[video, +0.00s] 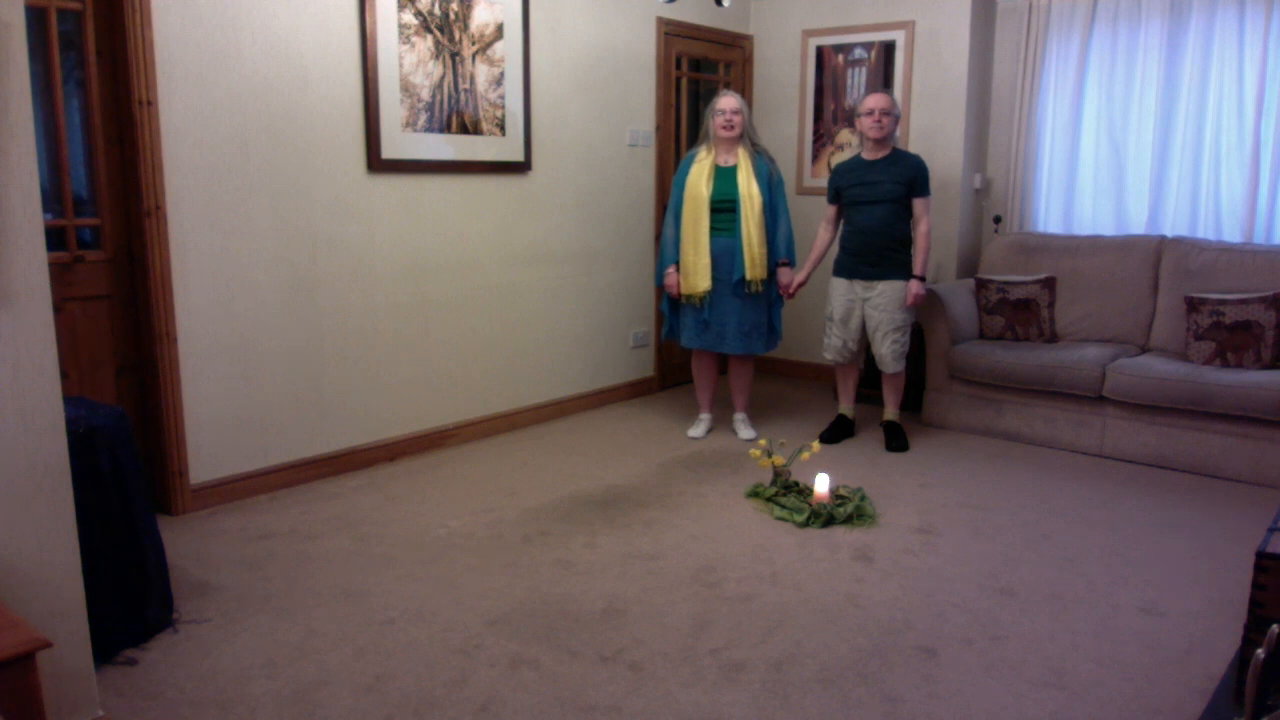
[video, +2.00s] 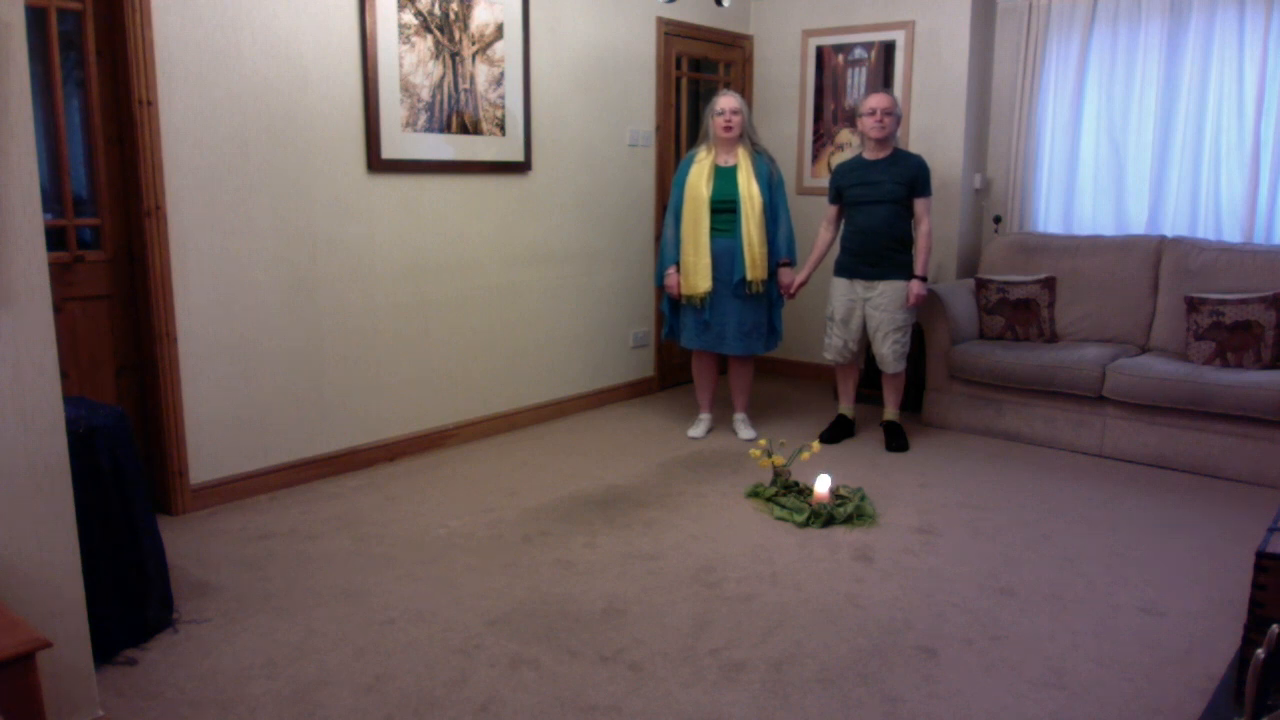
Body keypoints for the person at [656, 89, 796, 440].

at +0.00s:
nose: (728, 118)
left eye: (735, 113)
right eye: (720, 113)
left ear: (745, 119)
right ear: (710, 120)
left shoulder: (762, 163)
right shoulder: (692, 162)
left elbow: (779, 215)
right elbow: (673, 217)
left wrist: (783, 263)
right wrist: (670, 266)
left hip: (748, 268)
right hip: (700, 268)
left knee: (742, 344)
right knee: (702, 342)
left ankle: (741, 414)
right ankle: (704, 413)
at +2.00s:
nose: (728, 119)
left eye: (735, 113)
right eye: (720, 113)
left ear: (745, 119)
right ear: (710, 119)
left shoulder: (762, 163)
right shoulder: (692, 163)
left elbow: (779, 215)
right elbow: (673, 218)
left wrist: (784, 264)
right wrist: (670, 266)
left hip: (748, 268)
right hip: (700, 268)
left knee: (742, 344)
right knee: (702, 343)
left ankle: (741, 415)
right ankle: (704, 413)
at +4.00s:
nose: (729, 119)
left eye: (736, 113)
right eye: (722, 114)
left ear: (746, 119)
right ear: (711, 120)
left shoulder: (763, 164)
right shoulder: (693, 163)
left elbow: (780, 216)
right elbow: (674, 218)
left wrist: (784, 264)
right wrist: (671, 266)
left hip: (749, 269)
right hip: (701, 269)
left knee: (743, 345)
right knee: (703, 343)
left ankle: (741, 415)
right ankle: (705, 413)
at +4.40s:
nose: (729, 119)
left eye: (736, 113)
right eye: (722, 113)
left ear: (746, 119)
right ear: (712, 120)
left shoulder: (763, 164)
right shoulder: (693, 163)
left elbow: (780, 216)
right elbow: (675, 217)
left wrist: (785, 264)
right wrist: (667, 264)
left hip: (749, 268)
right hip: (700, 268)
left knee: (743, 344)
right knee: (702, 342)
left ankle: (741, 414)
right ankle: (705, 413)